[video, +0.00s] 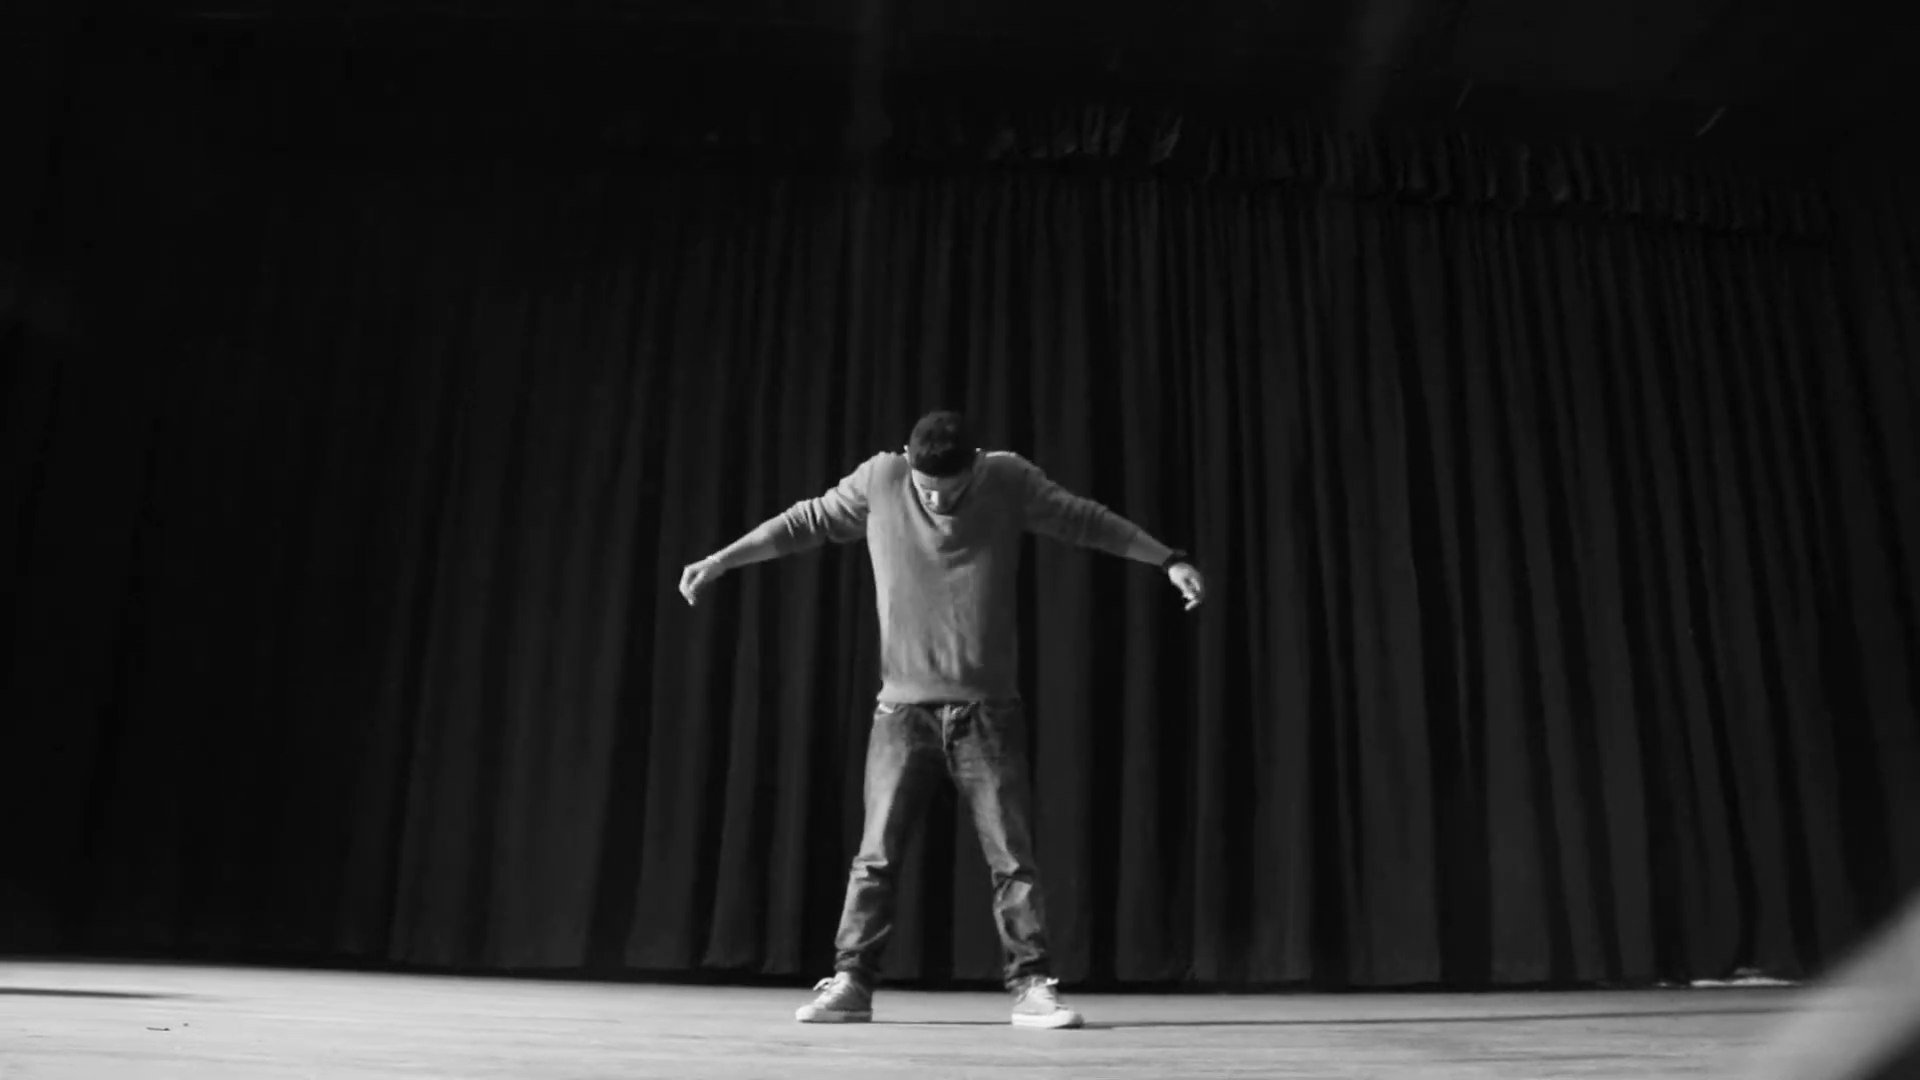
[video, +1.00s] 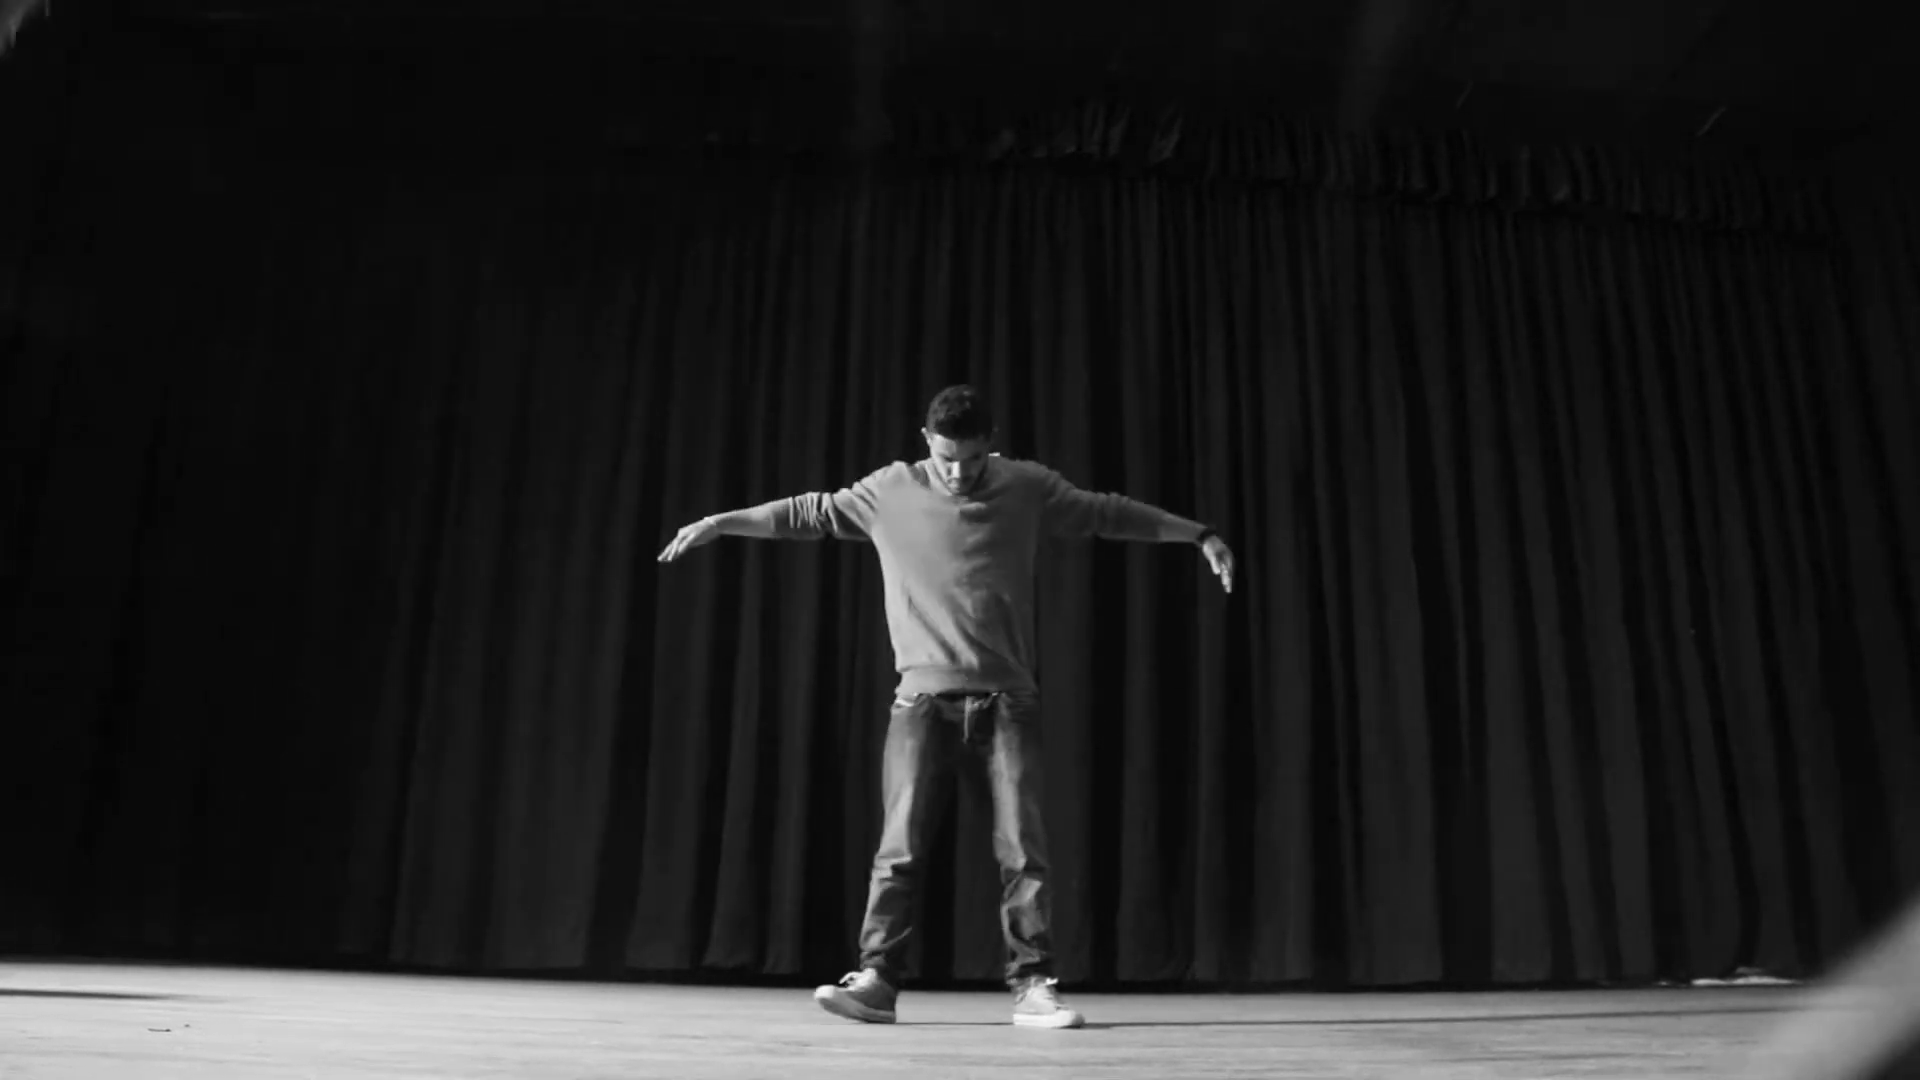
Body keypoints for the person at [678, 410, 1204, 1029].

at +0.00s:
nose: (940, 502)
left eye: (951, 492)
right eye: (928, 492)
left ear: (972, 468)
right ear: (909, 469)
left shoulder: (1008, 480)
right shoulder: (878, 483)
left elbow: (1084, 519)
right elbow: (804, 522)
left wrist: (1168, 558)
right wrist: (719, 560)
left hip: (983, 700)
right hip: (903, 701)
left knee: (1010, 854)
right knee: (877, 851)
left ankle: (1033, 990)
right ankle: (849, 985)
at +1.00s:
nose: (961, 469)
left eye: (973, 456)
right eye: (949, 457)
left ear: (991, 443)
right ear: (927, 443)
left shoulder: (1027, 487)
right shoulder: (888, 491)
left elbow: (1110, 513)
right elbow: (805, 512)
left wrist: (1198, 533)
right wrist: (715, 524)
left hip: (1007, 692)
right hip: (923, 692)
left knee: (1023, 846)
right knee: (904, 841)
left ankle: (1033, 987)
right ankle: (877, 979)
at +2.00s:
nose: (971, 443)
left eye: (984, 431)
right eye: (961, 430)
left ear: (1004, 426)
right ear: (942, 421)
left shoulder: (1039, 489)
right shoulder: (904, 489)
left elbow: (1122, 520)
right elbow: (819, 513)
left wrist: (1211, 531)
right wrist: (728, 515)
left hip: (1009, 691)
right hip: (927, 693)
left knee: (1019, 848)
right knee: (920, 846)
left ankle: (1019, 988)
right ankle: (914, 986)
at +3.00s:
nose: (974, 442)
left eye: (986, 429)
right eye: (963, 428)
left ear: (1008, 425)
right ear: (945, 423)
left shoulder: (1043, 474)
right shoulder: (919, 488)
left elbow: (1126, 510)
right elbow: (843, 528)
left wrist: (1174, 559)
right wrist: (753, 553)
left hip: (1006, 678)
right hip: (931, 666)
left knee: (997, 837)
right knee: (920, 779)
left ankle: (976, 975)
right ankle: (872, 921)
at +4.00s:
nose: (954, 425)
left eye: (967, 412)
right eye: (943, 411)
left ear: (987, 412)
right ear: (926, 410)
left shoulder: (1022, 472)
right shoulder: (891, 481)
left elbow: (1094, 512)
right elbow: (809, 502)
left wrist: (1161, 514)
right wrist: (718, 508)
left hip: (983, 673)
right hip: (908, 676)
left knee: (962, 819)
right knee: (915, 824)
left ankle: (956, 975)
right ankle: (923, 972)